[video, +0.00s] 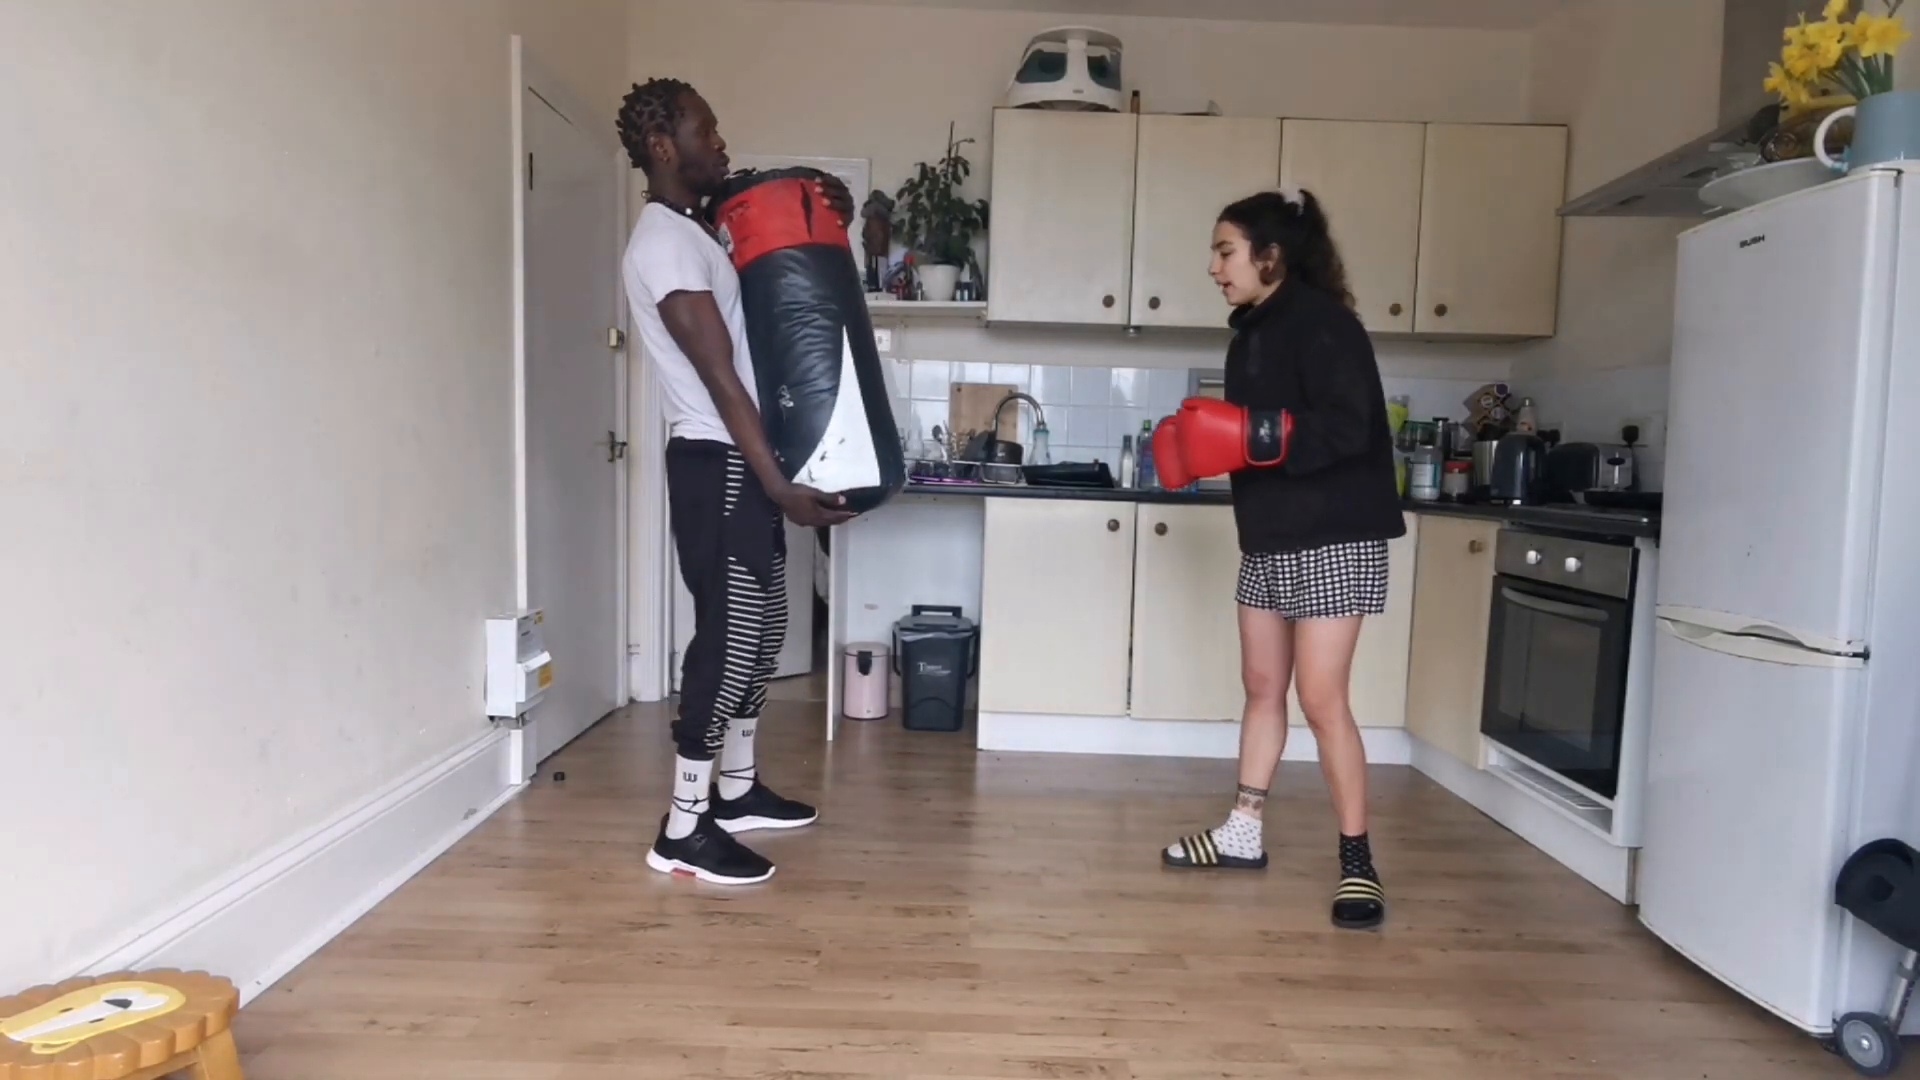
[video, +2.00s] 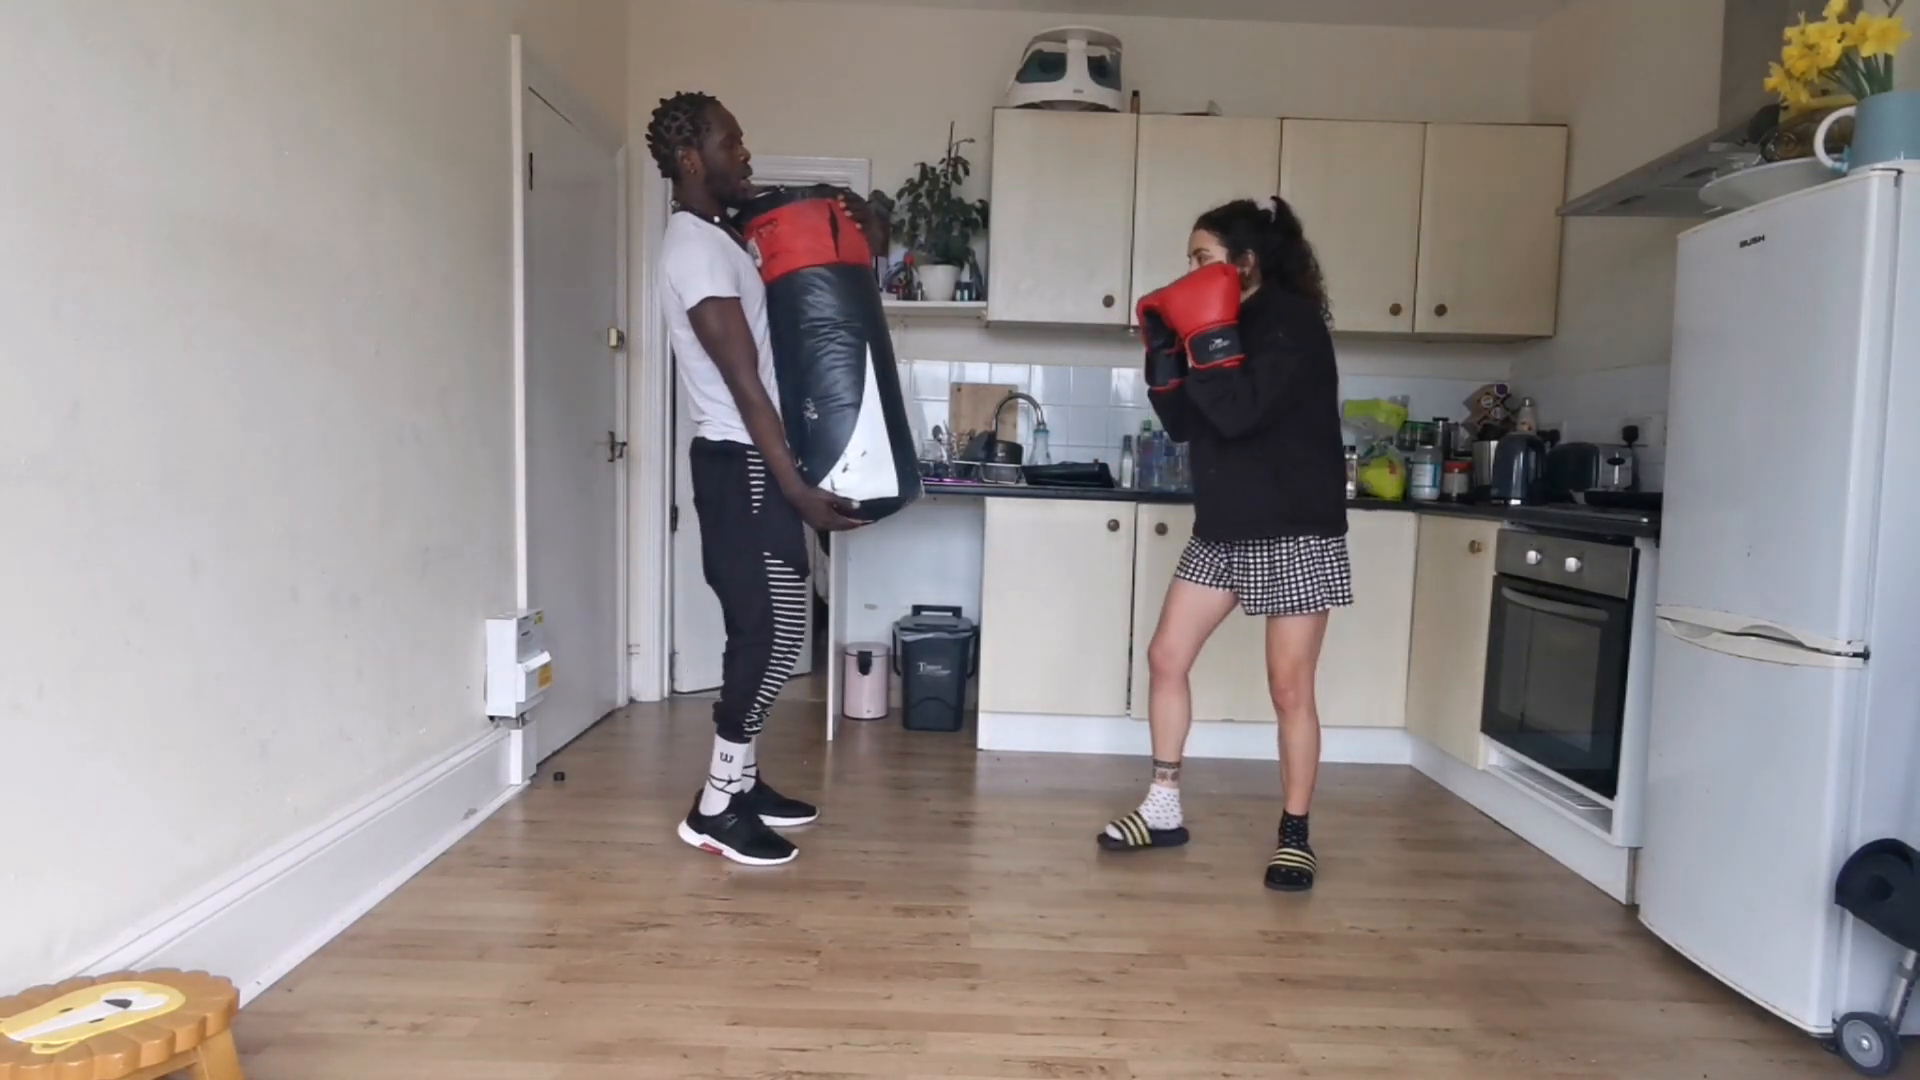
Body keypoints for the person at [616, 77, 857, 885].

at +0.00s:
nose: (720, 144)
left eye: (717, 130)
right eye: (706, 133)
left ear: (671, 145)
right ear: (660, 145)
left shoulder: (703, 231)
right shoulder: (664, 237)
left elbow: (777, 309)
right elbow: (716, 369)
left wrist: (824, 222)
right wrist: (774, 478)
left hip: (745, 452)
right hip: (712, 457)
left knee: (764, 621)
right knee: (728, 627)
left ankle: (735, 792)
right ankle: (683, 826)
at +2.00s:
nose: (746, 155)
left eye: (742, 142)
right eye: (732, 144)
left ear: (696, 158)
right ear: (690, 157)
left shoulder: (721, 238)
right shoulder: (696, 245)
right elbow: (742, 378)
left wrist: (856, 234)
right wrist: (794, 482)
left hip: (756, 456)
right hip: (737, 459)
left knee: (769, 627)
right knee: (778, 633)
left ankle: (738, 782)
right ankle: (718, 803)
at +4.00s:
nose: (727, 151)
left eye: (723, 137)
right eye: (713, 138)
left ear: (679, 150)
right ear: (670, 148)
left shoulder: (705, 234)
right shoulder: (671, 240)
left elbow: (777, 310)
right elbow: (710, 374)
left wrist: (819, 222)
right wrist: (754, 485)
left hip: (742, 452)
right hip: (705, 457)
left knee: (765, 614)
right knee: (718, 622)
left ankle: (724, 769)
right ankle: (699, 808)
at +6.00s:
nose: (749, 166)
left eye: (748, 151)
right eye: (736, 152)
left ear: (701, 161)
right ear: (689, 160)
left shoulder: (720, 242)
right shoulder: (683, 245)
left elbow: (789, 319)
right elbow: (723, 378)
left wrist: (831, 233)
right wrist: (770, 486)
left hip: (744, 453)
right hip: (716, 456)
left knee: (745, 622)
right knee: (728, 625)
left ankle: (730, 775)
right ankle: (702, 804)